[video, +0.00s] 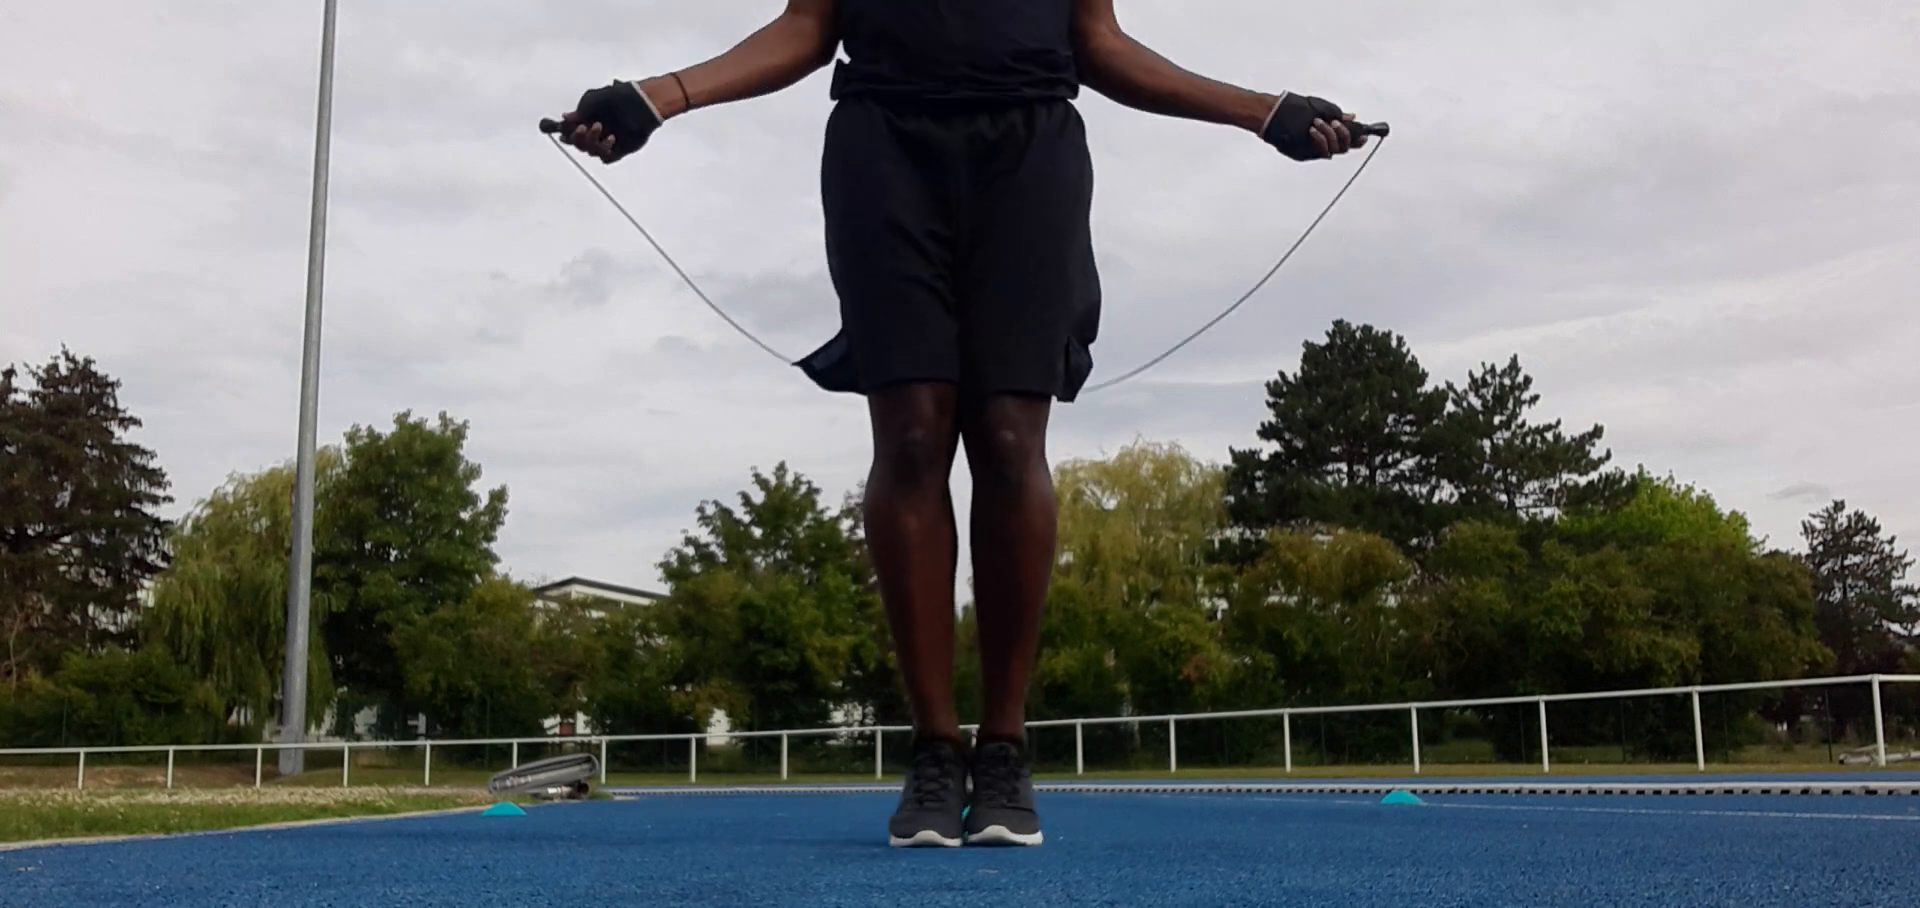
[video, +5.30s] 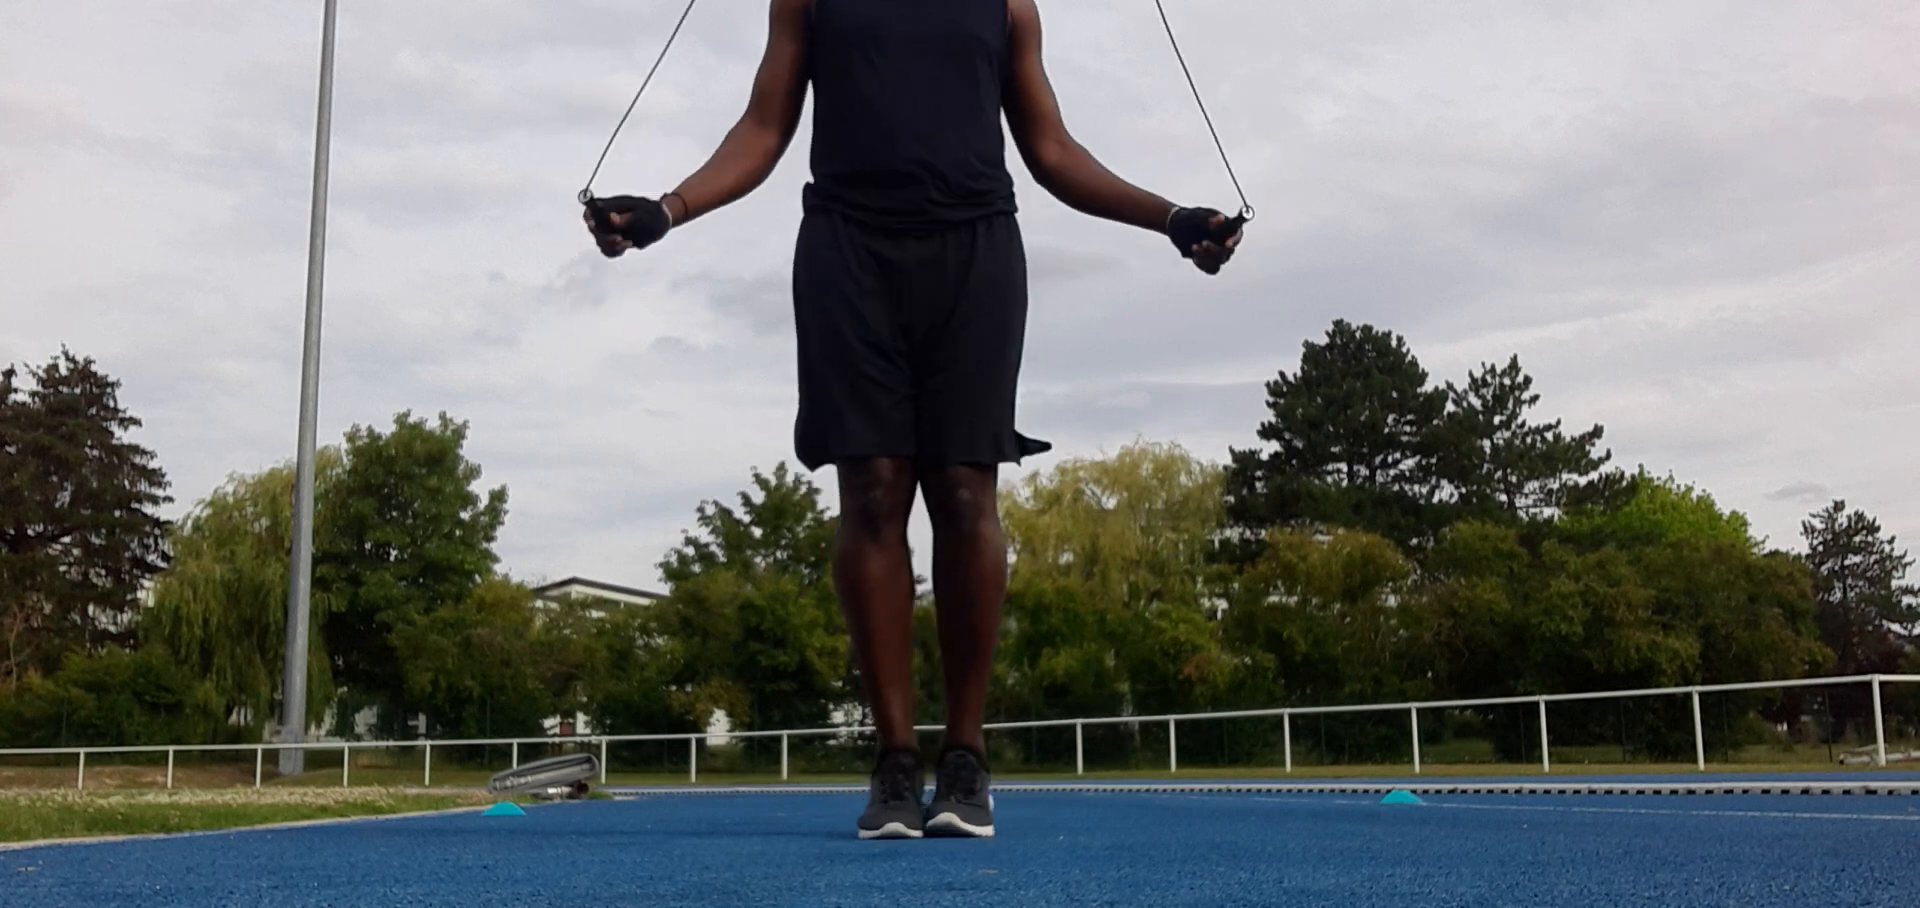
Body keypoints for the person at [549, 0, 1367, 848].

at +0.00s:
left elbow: (1104, 48)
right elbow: (802, 32)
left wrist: (1267, 110)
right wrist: (658, 95)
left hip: (1033, 129)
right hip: (882, 128)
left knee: (1008, 432)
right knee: (912, 428)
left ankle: (1003, 750)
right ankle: (935, 753)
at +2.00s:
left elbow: (1077, 98)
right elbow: (765, 84)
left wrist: (1206, 186)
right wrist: (659, 178)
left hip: (997, 206)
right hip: (863, 208)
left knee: (981, 469)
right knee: (886, 467)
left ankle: (982, 760)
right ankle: (908, 766)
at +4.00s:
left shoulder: (1006, 6)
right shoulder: (808, 3)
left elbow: (1051, 129)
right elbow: (775, 120)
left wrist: (1202, 168)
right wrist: (634, 175)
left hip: (978, 216)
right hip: (851, 217)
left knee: (960, 477)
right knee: (876, 477)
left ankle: (963, 763)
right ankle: (901, 765)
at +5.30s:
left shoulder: (1007, 9)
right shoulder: (805, 4)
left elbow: (1051, 149)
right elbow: (764, 127)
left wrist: (1171, 215)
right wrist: (665, 209)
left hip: (974, 247)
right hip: (850, 248)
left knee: (964, 491)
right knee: (873, 491)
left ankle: (964, 759)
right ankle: (896, 765)